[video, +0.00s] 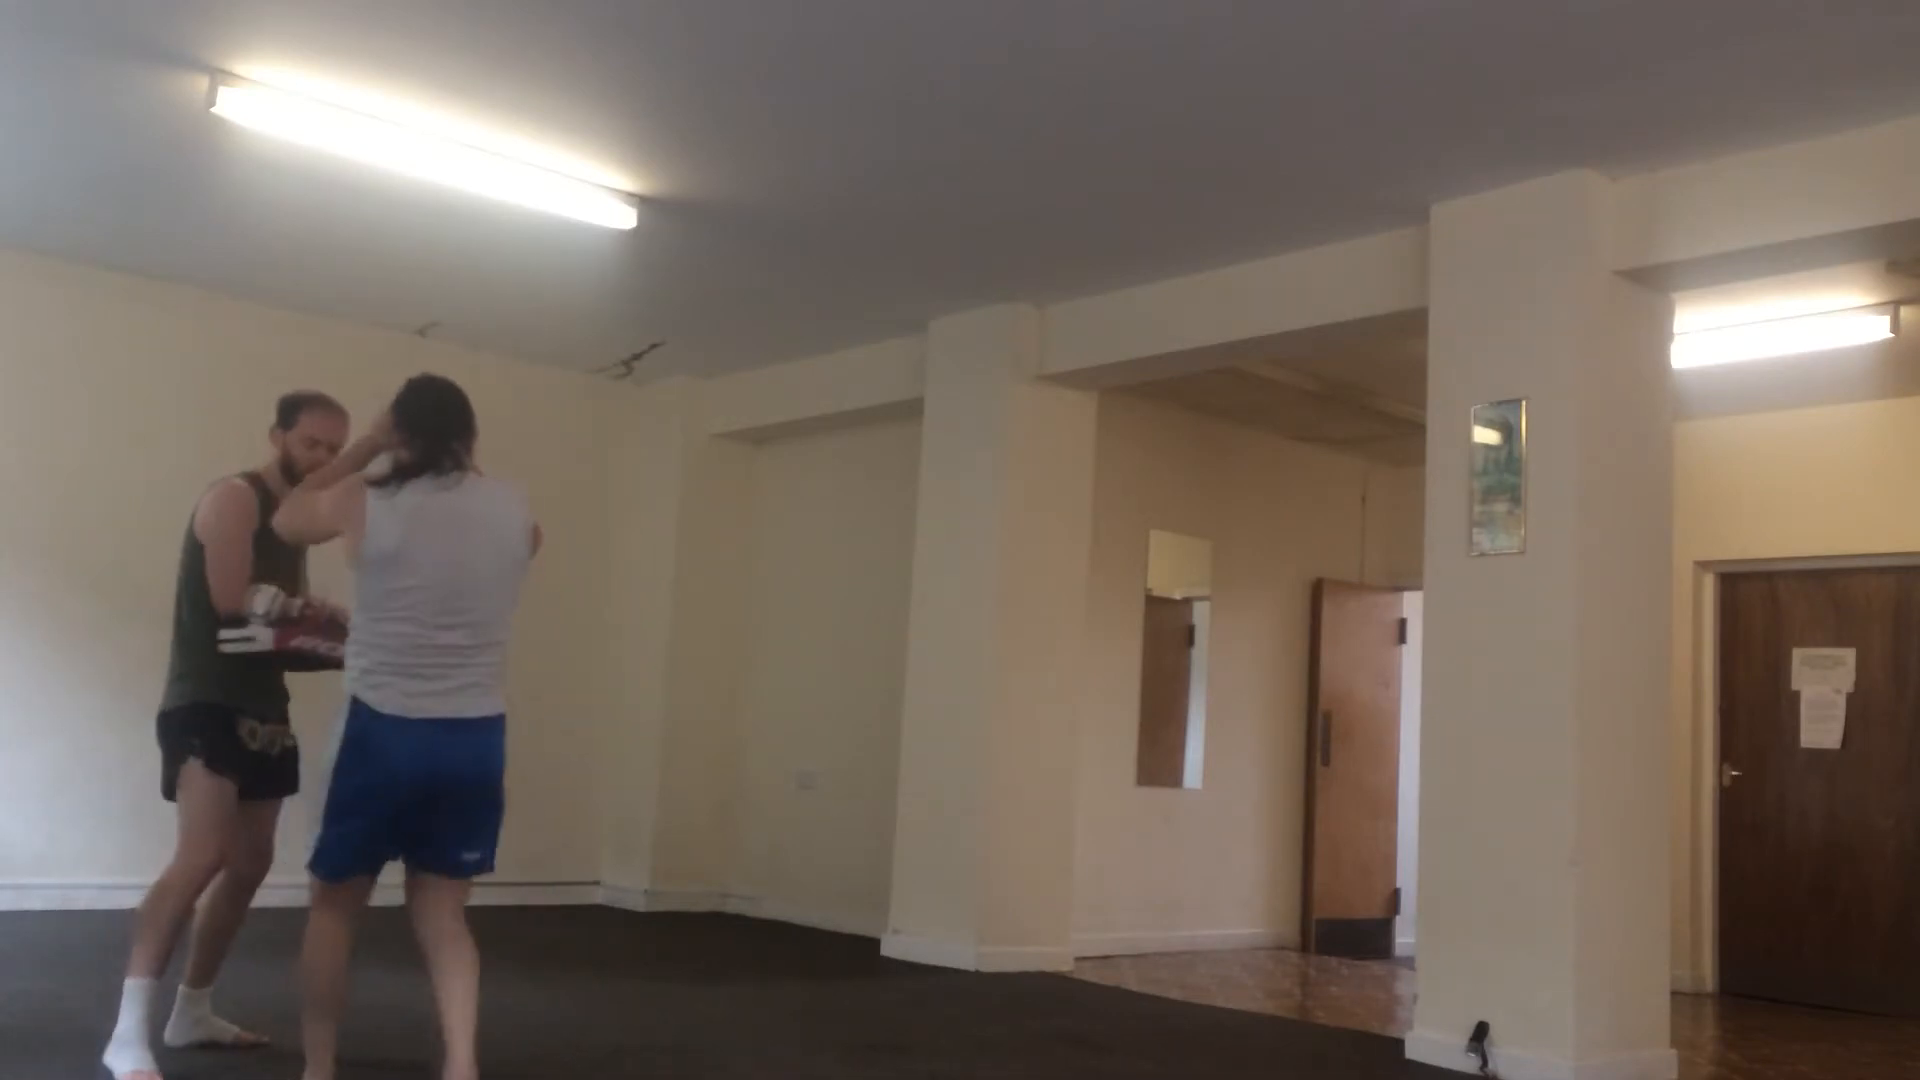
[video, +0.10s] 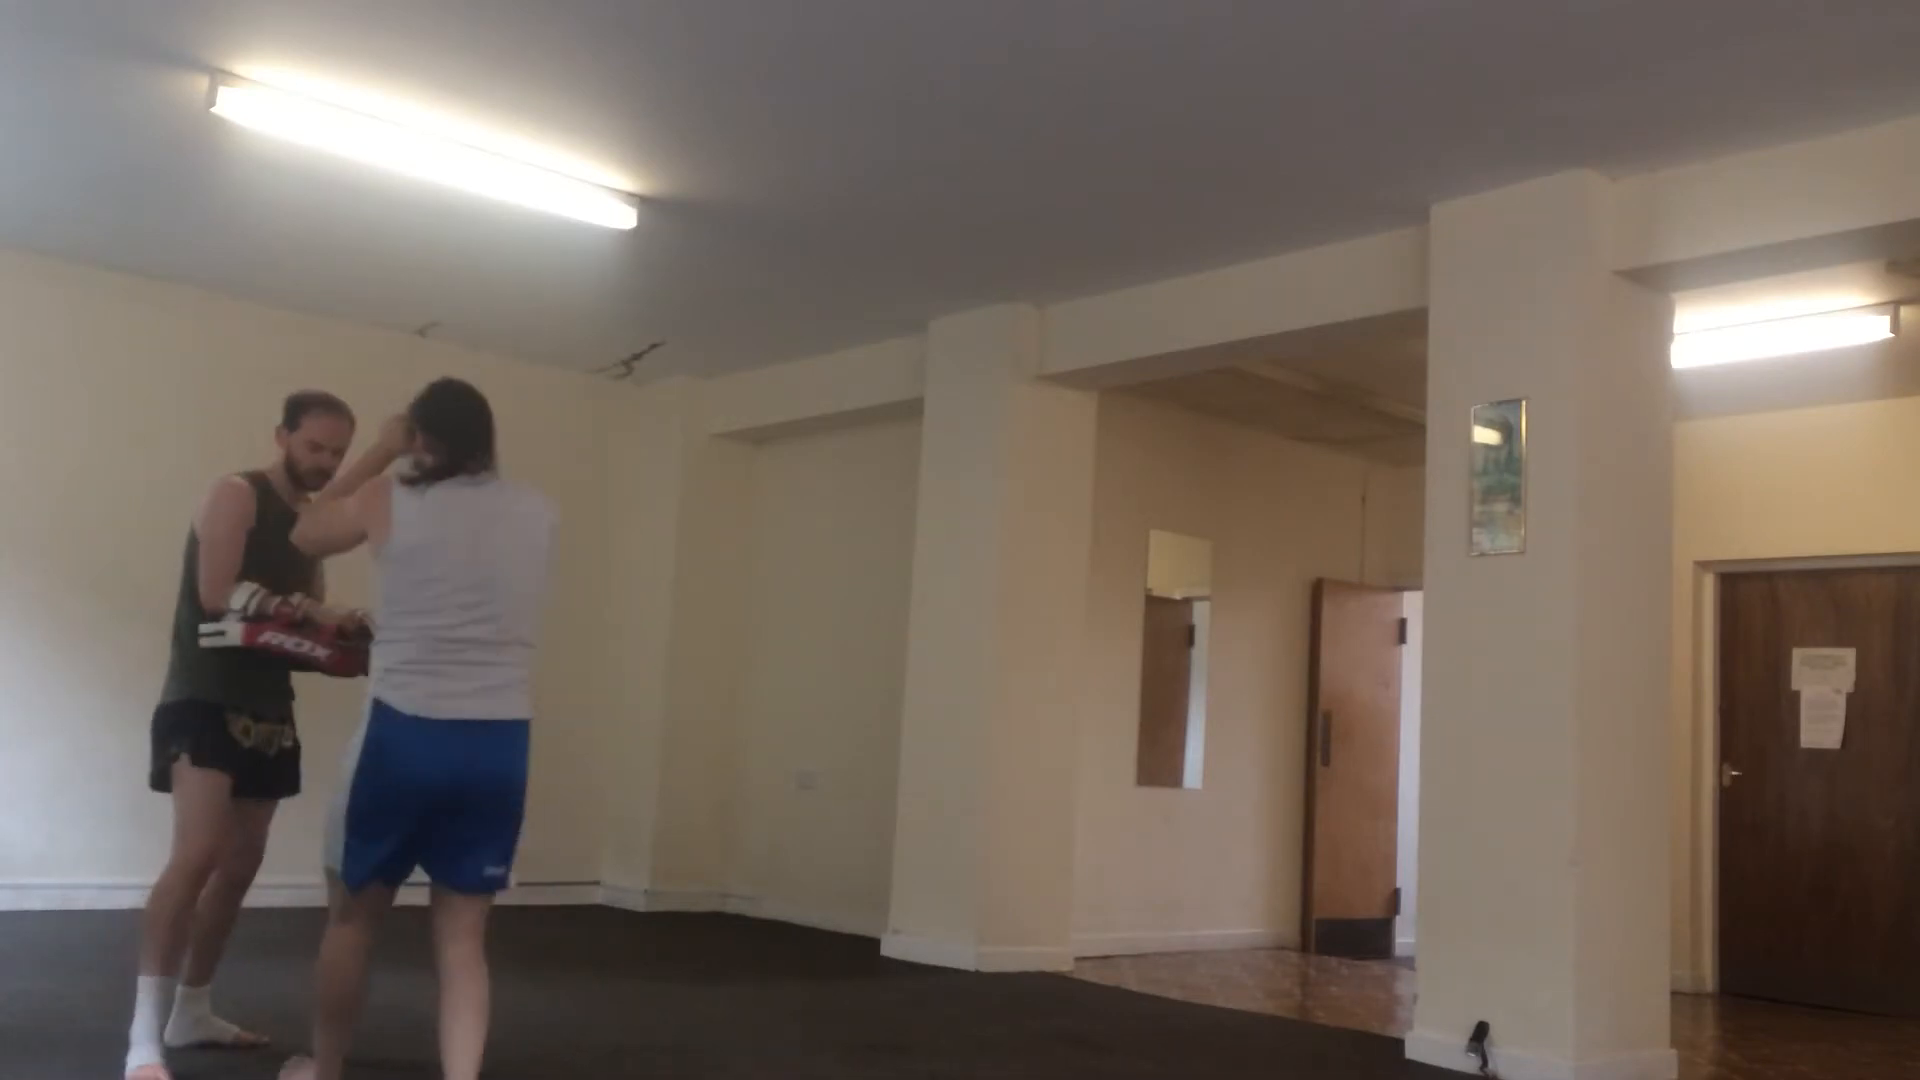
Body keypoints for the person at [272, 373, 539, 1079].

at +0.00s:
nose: (381, 437)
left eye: (387, 428)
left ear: (399, 438)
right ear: (469, 436)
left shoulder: (368, 502)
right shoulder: (512, 508)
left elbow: (288, 520)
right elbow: (524, 547)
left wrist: (365, 449)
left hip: (382, 744)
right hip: (474, 747)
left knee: (336, 906)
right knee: (443, 908)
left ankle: (319, 1066)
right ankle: (462, 1067)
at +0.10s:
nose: (408, 443)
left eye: (411, 433)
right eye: (412, 431)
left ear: (422, 442)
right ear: (490, 441)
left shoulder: (395, 501)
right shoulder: (536, 513)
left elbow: (309, 530)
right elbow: (481, 605)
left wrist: (378, 453)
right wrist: (374, 628)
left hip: (404, 747)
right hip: (498, 751)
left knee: (354, 918)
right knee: (464, 938)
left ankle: (325, 1065)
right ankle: (462, 1074)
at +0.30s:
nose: (433, 445)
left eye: (435, 433)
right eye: (435, 432)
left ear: (449, 436)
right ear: (515, 435)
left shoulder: (431, 485)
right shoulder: (568, 504)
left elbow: (343, 550)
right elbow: (523, 613)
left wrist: (391, 459)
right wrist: (395, 627)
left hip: (447, 736)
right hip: (542, 743)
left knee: (379, 905)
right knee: (492, 914)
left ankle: (417, 1070)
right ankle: (471, 1072)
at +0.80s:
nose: (462, 435)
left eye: (461, 425)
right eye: (462, 426)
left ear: (475, 412)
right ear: (540, 409)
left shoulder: (494, 448)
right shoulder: (593, 479)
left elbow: (372, 515)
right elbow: (462, 582)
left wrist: (414, 437)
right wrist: (391, 524)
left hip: (546, 694)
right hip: (619, 708)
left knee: (486, 933)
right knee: (513, 931)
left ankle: (509, 1070)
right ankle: (520, 1070)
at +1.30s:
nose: (520, 432)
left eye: (519, 420)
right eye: (519, 421)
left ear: (535, 413)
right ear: (600, 411)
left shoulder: (550, 452)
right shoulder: (660, 483)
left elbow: (429, 515)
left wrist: (474, 433)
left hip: (595, 708)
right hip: (667, 727)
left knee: (552, 969)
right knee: (541, 964)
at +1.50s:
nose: (539, 422)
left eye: (539, 411)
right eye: (539, 410)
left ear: (554, 408)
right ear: (623, 408)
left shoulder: (559, 452)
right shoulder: (682, 484)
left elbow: (443, 514)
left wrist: (495, 431)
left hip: (603, 713)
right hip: (682, 732)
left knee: (543, 965)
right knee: (550, 957)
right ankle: (535, 1071)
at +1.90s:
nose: (585, 394)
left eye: (588, 382)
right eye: (586, 381)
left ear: (604, 383)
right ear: (676, 389)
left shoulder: (603, 432)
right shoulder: (730, 467)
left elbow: (480, 486)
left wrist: (538, 407)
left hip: (637, 701)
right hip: (719, 719)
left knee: (578, 951)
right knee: (626, 940)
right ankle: (645, 1072)